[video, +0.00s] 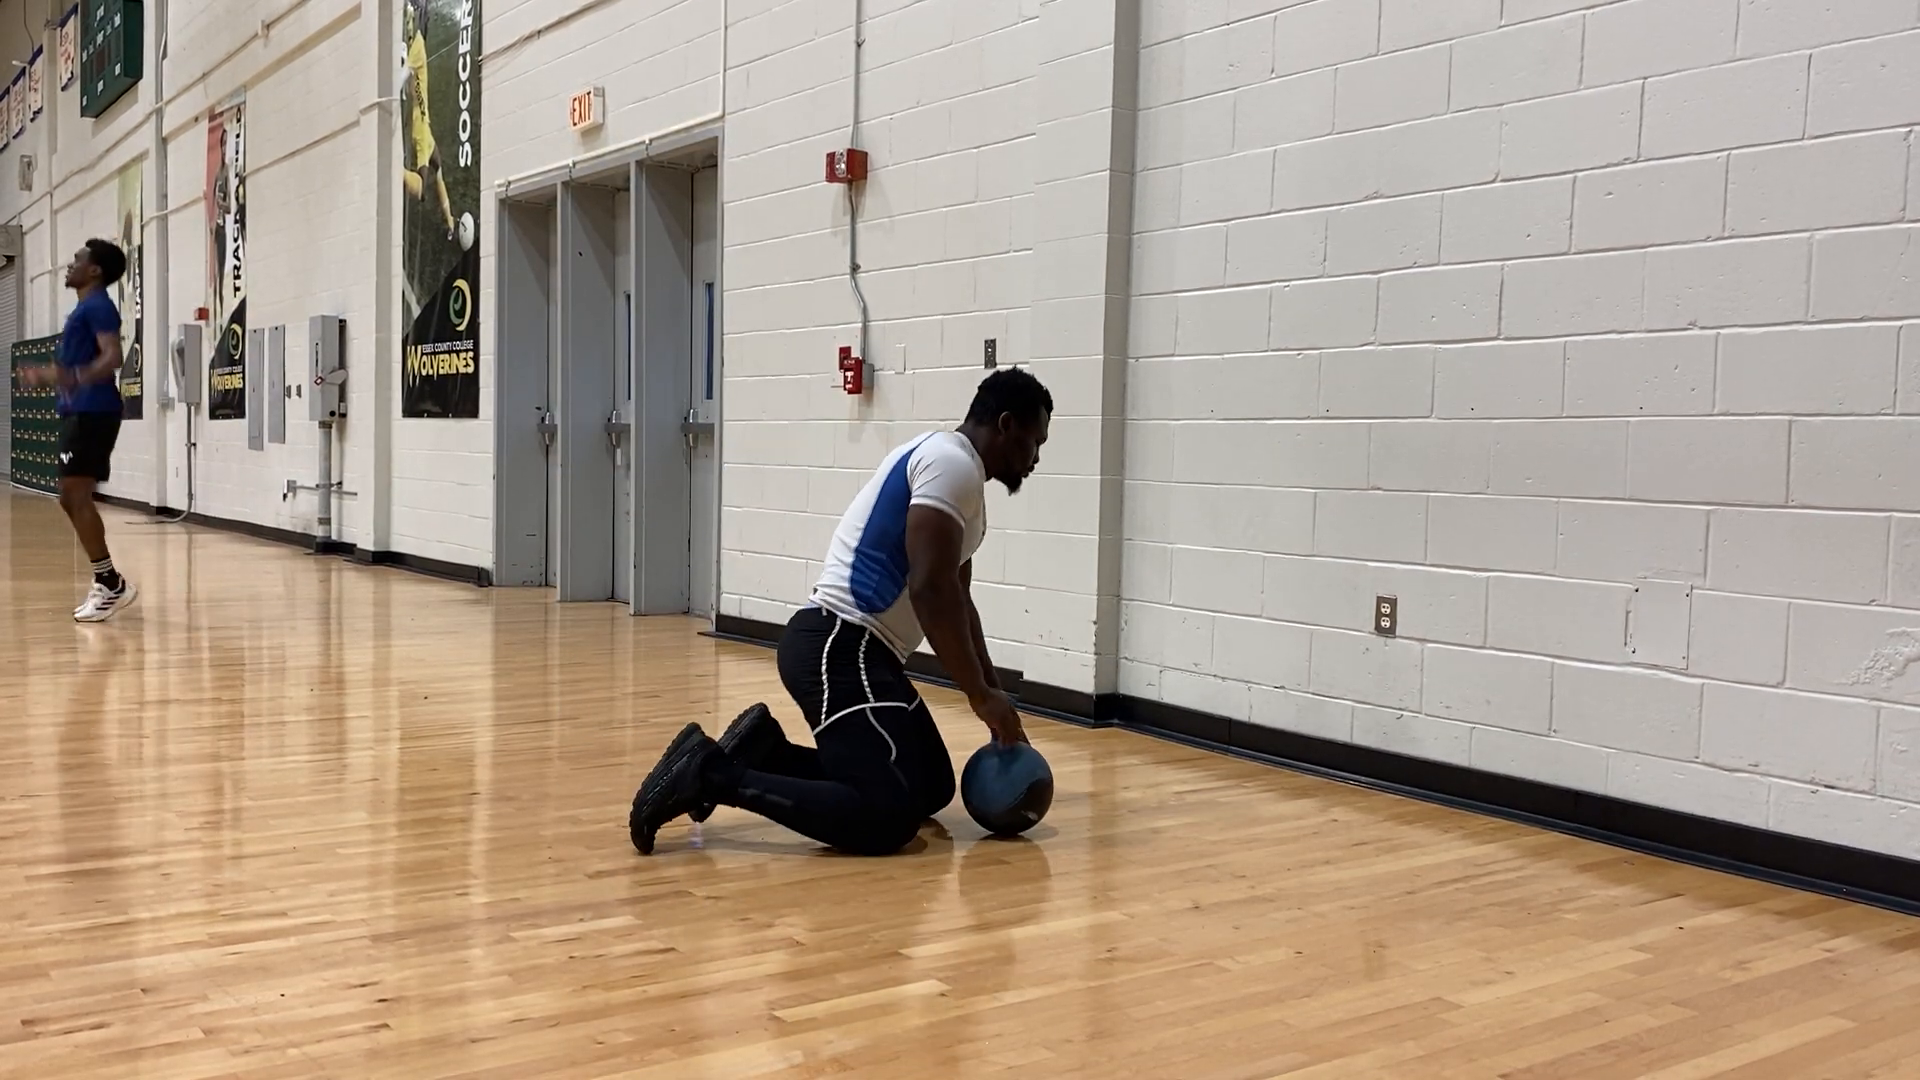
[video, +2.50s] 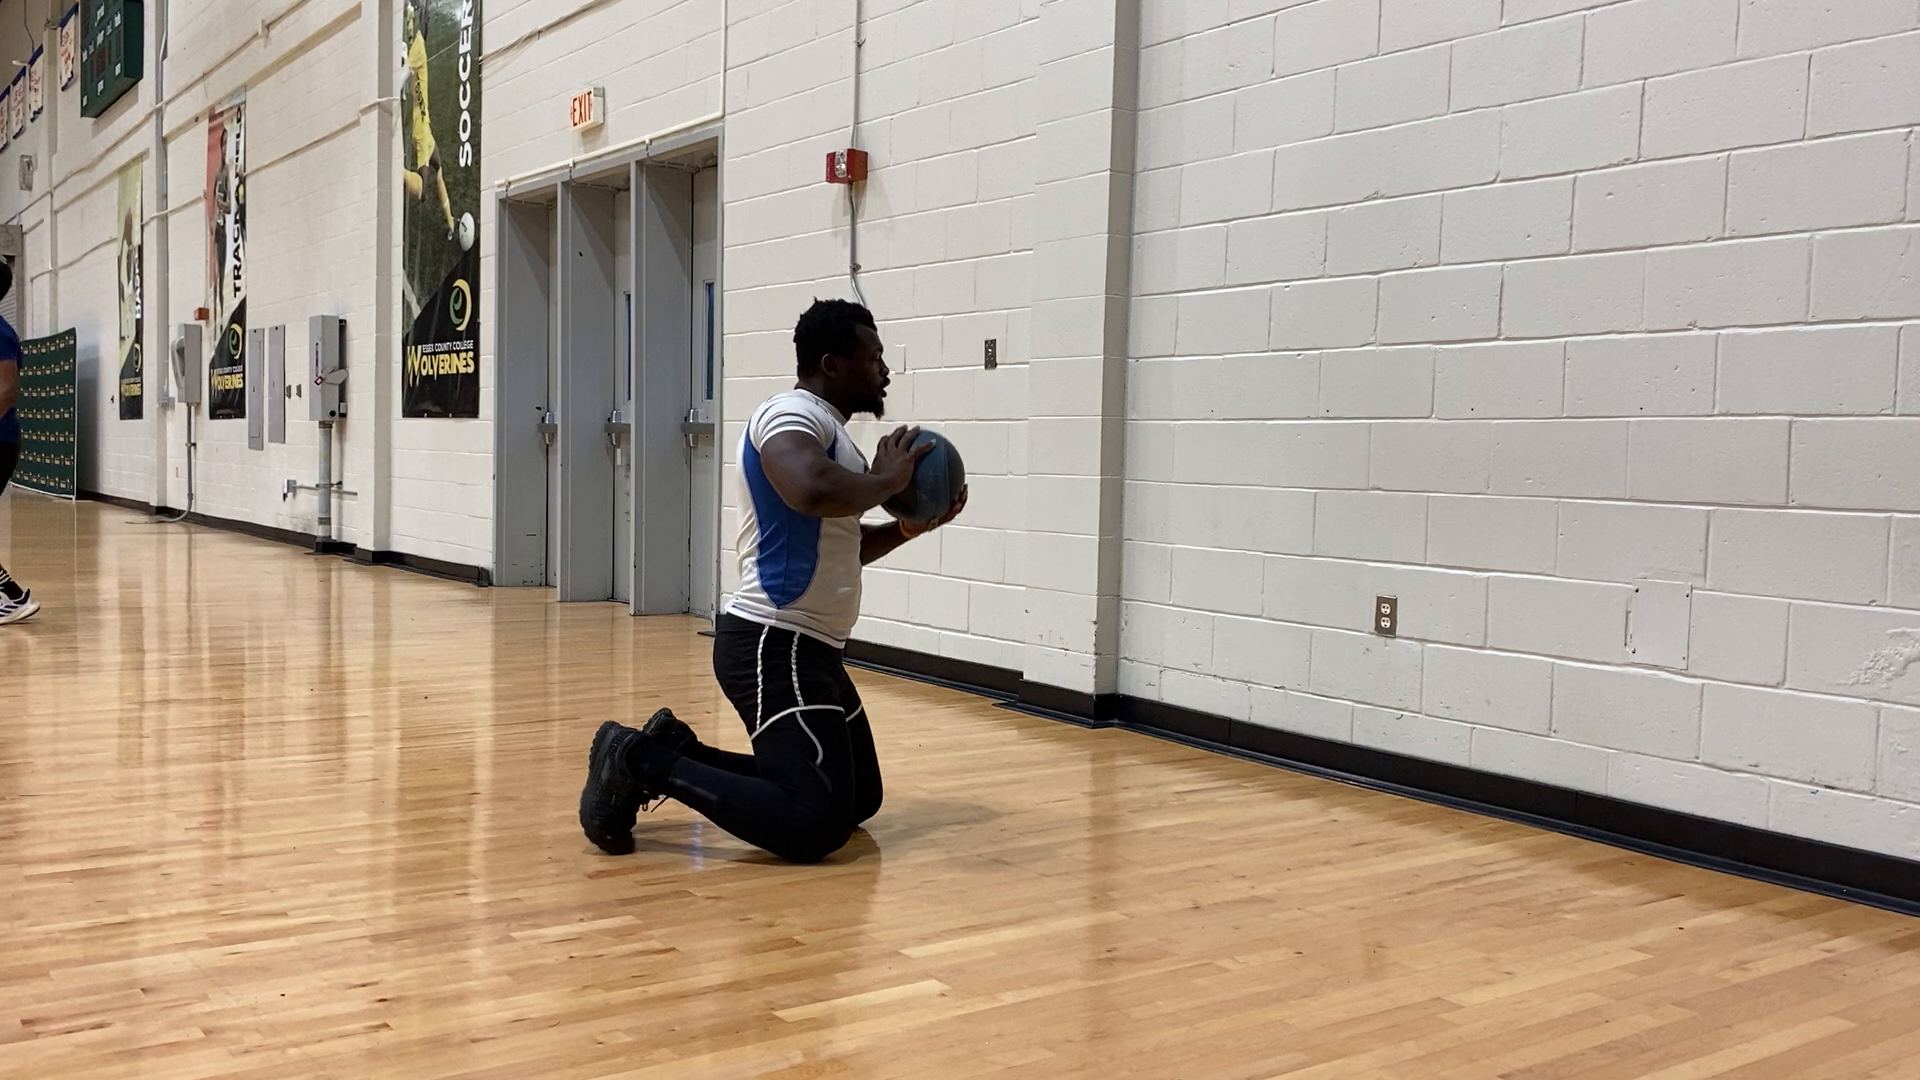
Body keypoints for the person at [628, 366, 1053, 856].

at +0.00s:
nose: (1037, 458)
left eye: (1041, 444)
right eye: (1037, 441)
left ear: (996, 424)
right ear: (1005, 425)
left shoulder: (961, 473)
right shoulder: (949, 460)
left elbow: (956, 593)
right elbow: (931, 589)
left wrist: (990, 691)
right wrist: (983, 697)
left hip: (860, 648)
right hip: (838, 644)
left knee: (930, 786)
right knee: (884, 822)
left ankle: (767, 754)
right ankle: (712, 776)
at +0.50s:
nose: (1009, 448)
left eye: (1005, 435)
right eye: (999, 436)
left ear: (957, 447)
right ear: (962, 447)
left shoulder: (943, 505)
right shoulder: (914, 503)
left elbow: (934, 605)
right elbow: (876, 632)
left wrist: (979, 691)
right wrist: (950, 723)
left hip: (832, 661)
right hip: (793, 659)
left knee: (919, 783)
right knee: (879, 823)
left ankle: (754, 765)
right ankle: (706, 782)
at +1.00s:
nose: (961, 367)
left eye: (954, 355)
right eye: (950, 356)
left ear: (916, 377)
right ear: (920, 375)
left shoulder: (920, 450)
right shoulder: (878, 429)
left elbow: (899, 562)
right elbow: (821, 530)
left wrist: (961, 587)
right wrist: (934, 545)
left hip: (871, 649)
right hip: (833, 641)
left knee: (925, 787)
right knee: (858, 822)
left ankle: (770, 760)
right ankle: (681, 766)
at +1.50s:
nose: (857, 367)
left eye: (855, 353)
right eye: (837, 361)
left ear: (859, 347)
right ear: (790, 379)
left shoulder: (886, 423)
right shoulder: (762, 450)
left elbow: (954, 500)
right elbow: (674, 542)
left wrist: (934, 504)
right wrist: (793, 526)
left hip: (855, 657)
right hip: (796, 654)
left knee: (889, 793)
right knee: (837, 831)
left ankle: (717, 755)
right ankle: (667, 765)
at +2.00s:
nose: (844, 346)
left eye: (842, 334)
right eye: (828, 335)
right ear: (778, 345)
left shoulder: (839, 423)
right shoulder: (742, 425)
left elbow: (880, 522)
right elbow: (708, 534)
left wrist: (919, 494)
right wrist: (828, 494)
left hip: (825, 648)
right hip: (783, 649)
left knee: (848, 804)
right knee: (834, 832)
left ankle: (679, 755)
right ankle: (662, 769)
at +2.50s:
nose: (886, 369)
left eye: (882, 355)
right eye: (873, 356)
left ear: (835, 364)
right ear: (832, 363)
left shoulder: (835, 437)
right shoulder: (791, 413)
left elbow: (837, 555)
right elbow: (809, 488)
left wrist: (908, 526)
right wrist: (883, 480)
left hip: (809, 646)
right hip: (772, 643)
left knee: (857, 796)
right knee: (814, 827)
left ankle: (682, 755)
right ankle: (638, 761)